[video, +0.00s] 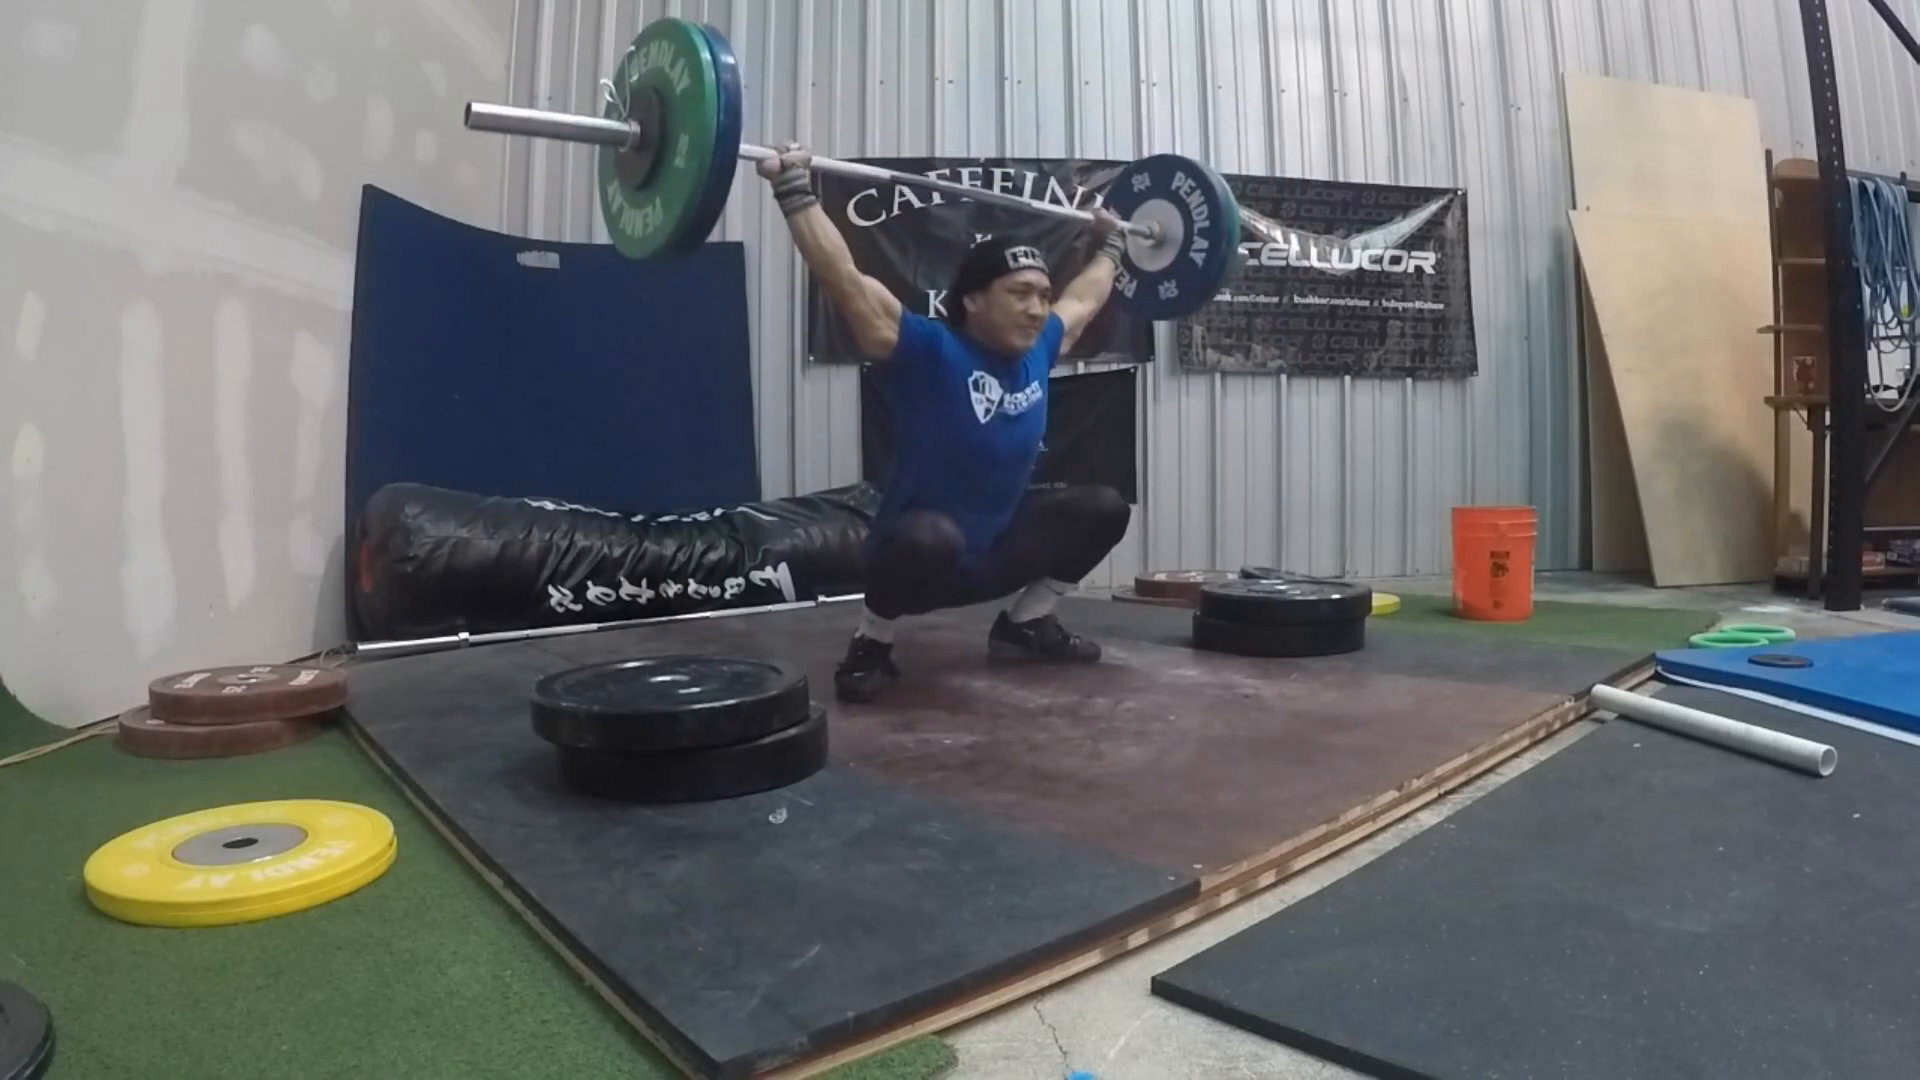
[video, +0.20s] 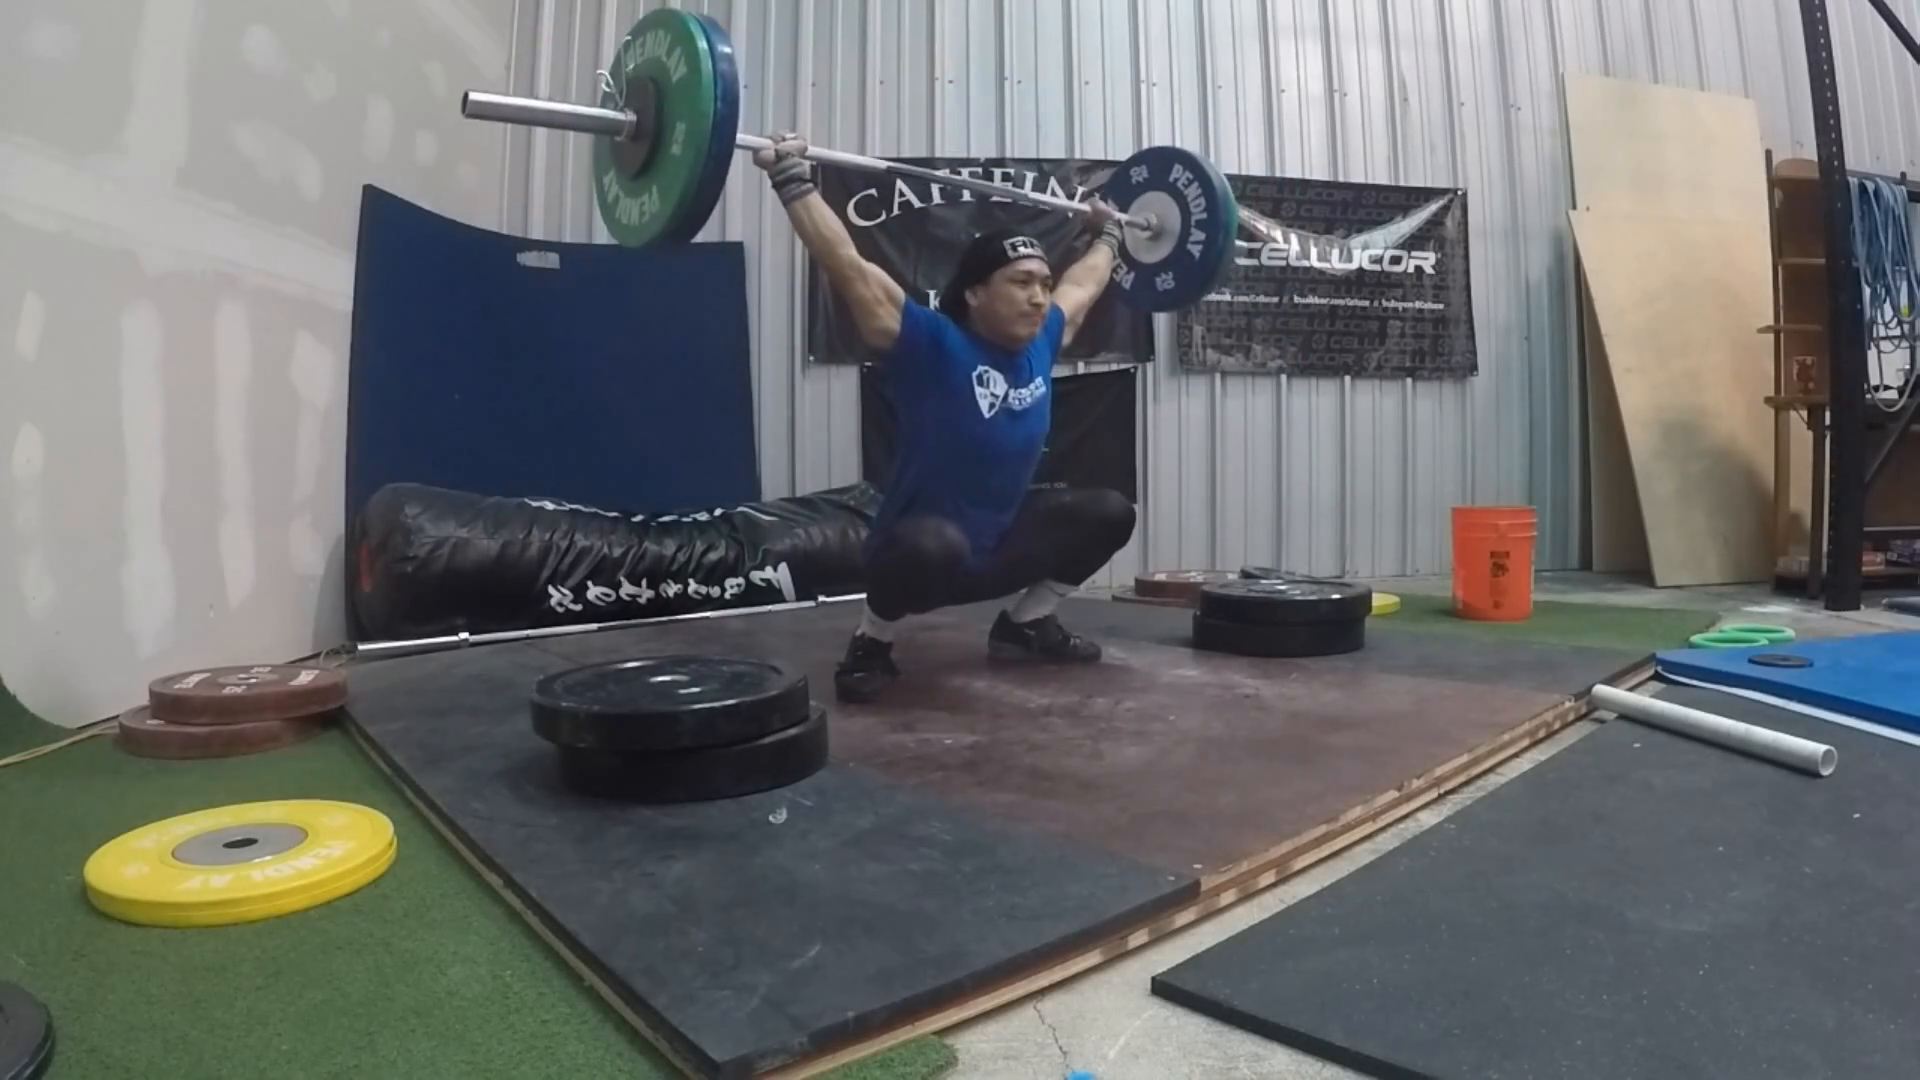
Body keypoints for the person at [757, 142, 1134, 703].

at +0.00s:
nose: (1037, 309)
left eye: (1042, 295)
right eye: (1020, 293)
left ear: (1048, 304)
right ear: (972, 303)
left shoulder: (1037, 348)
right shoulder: (923, 349)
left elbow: (1083, 300)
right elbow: (846, 282)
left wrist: (1111, 246)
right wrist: (795, 191)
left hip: (998, 548)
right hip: (919, 555)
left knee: (1104, 509)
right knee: (930, 535)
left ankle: (1025, 619)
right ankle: (871, 642)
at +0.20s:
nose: (1039, 297)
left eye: (1043, 284)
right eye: (1022, 282)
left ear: (1050, 296)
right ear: (975, 297)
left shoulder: (1039, 341)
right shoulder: (927, 344)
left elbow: (1081, 287)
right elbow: (851, 271)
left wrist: (1108, 236)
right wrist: (792, 180)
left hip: (1002, 542)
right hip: (922, 547)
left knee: (1108, 513)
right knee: (932, 542)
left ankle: (1026, 619)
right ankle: (871, 641)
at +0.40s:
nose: (1045, 288)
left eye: (1048, 276)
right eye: (1029, 274)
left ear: (1053, 287)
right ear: (980, 288)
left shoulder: (1040, 332)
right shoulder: (927, 333)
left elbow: (1078, 278)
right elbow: (855, 256)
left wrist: (1107, 226)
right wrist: (792, 167)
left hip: (1001, 527)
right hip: (917, 528)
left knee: (1105, 510)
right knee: (938, 537)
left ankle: (1026, 619)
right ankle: (872, 642)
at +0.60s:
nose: (1041, 245)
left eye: (1044, 233)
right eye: (1024, 232)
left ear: (1048, 244)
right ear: (978, 247)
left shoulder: (1038, 290)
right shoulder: (926, 286)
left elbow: (1079, 234)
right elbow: (854, 214)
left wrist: (1106, 184)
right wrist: (792, 123)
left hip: (981, 482)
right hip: (896, 481)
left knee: (1085, 494)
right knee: (932, 513)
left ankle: (1023, 620)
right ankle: (869, 639)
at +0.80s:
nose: (1033, 193)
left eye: (1035, 182)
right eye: (1015, 181)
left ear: (1039, 194)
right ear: (971, 193)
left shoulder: (1034, 243)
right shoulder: (921, 238)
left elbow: (1076, 191)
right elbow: (849, 167)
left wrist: (1105, 146)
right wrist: (789, 74)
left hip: (968, 441)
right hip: (884, 437)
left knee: (1075, 487)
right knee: (925, 498)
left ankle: (1023, 620)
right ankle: (868, 638)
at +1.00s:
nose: (1021, 142)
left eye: (1026, 131)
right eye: (1003, 127)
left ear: (1026, 147)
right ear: (957, 143)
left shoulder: (1025, 193)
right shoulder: (913, 185)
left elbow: (1075, 147)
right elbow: (843, 113)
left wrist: (1105, 103)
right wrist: (784, 23)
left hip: (962, 401)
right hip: (879, 396)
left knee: (1061, 477)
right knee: (916, 486)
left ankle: (1021, 621)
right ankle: (864, 639)